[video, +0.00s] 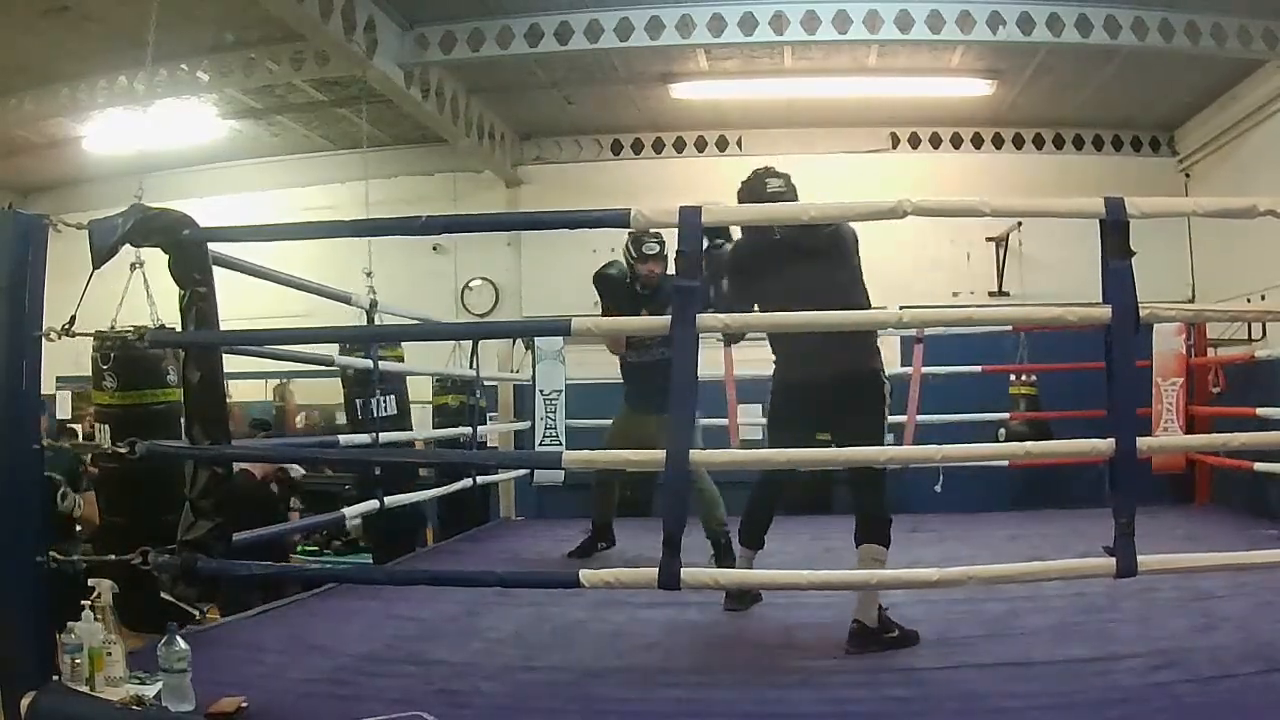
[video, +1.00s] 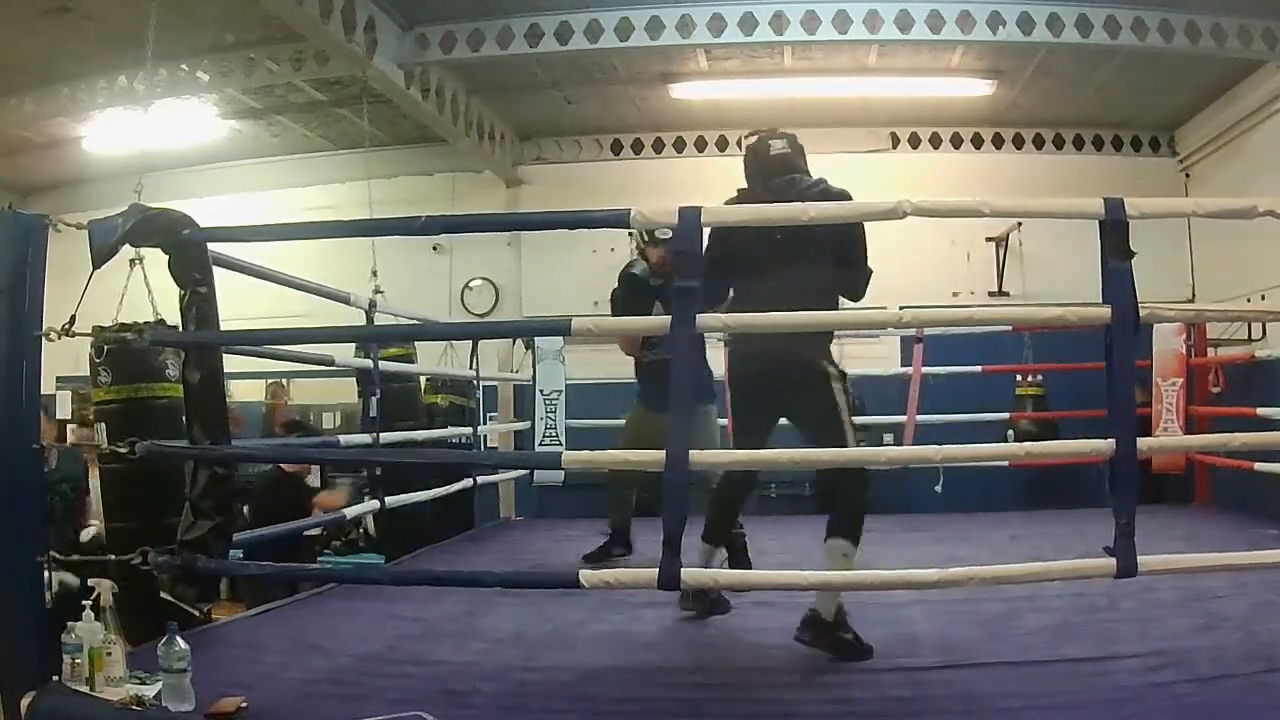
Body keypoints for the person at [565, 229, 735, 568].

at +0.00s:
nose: (653, 269)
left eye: (658, 262)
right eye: (645, 262)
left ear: (665, 262)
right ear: (631, 264)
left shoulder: (679, 295)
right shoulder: (622, 296)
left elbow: (732, 330)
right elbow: (616, 345)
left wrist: (715, 284)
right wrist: (613, 300)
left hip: (676, 412)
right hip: (635, 411)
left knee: (696, 476)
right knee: (605, 466)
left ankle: (722, 548)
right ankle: (602, 533)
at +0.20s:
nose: (655, 276)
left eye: (660, 268)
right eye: (648, 270)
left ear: (668, 268)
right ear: (632, 271)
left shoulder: (683, 296)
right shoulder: (623, 306)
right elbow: (628, 344)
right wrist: (630, 296)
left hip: (698, 396)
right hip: (657, 399)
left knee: (710, 463)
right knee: (622, 467)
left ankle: (751, 539)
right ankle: (629, 542)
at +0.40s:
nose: (671, 277)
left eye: (676, 270)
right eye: (664, 270)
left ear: (685, 273)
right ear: (651, 275)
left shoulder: (700, 304)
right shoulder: (643, 310)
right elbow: (630, 356)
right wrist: (624, 309)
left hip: (706, 414)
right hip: (662, 414)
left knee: (720, 476)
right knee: (612, 468)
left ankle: (771, 549)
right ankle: (626, 535)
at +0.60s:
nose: (643, 262)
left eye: (648, 255)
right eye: (636, 256)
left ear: (658, 257)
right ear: (624, 260)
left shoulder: (676, 287)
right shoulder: (612, 298)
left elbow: (717, 301)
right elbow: (614, 326)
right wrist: (615, 281)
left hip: (684, 397)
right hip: (640, 398)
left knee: (711, 466)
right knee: (611, 465)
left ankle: (743, 540)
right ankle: (608, 542)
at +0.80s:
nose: (641, 266)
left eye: (647, 258)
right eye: (634, 258)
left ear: (654, 260)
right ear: (617, 261)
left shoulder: (671, 294)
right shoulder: (603, 304)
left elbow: (712, 322)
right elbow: (608, 355)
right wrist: (614, 300)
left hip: (669, 413)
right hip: (626, 415)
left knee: (694, 472)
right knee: (603, 475)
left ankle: (729, 542)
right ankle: (606, 543)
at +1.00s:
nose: (666, 254)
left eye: (672, 247)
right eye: (660, 247)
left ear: (681, 247)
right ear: (645, 247)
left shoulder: (693, 276)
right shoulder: (632, 282)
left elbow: (723, 306)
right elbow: (630, 344)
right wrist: (641, 289)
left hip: (697, 399)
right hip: (653, 399)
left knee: (712, 476)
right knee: (621, 466)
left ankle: (738, 552)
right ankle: (619, 539)